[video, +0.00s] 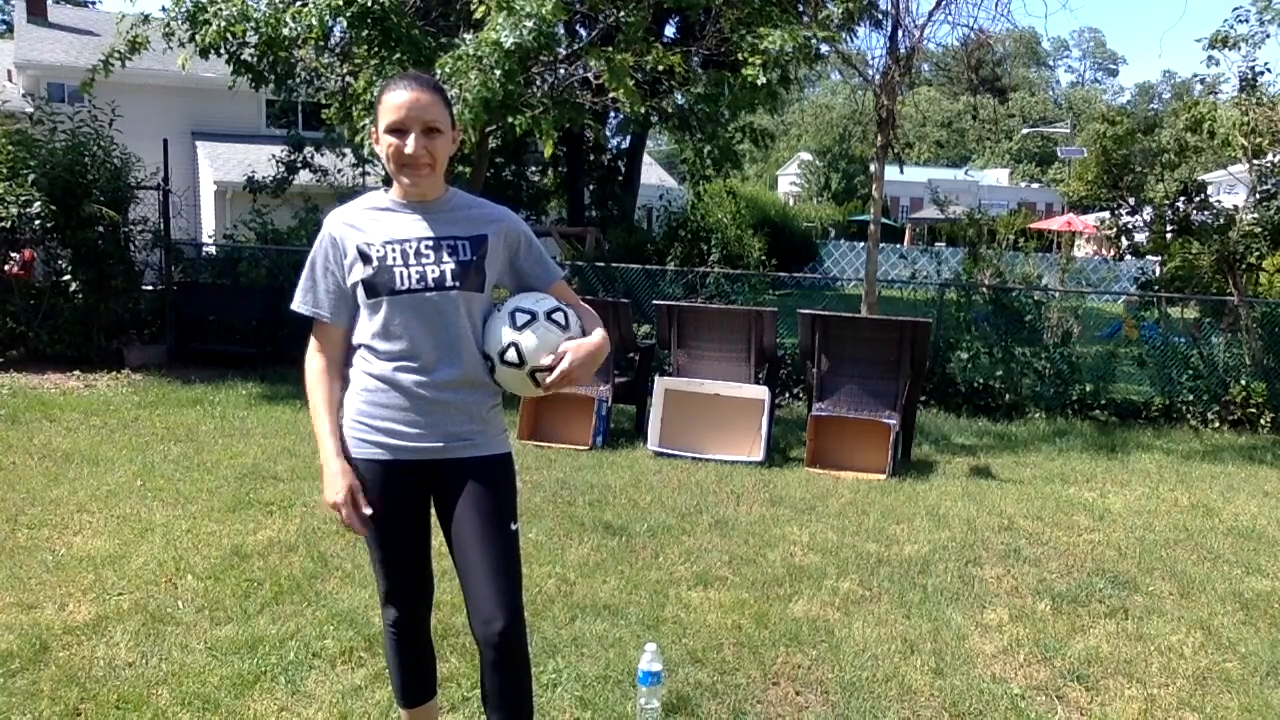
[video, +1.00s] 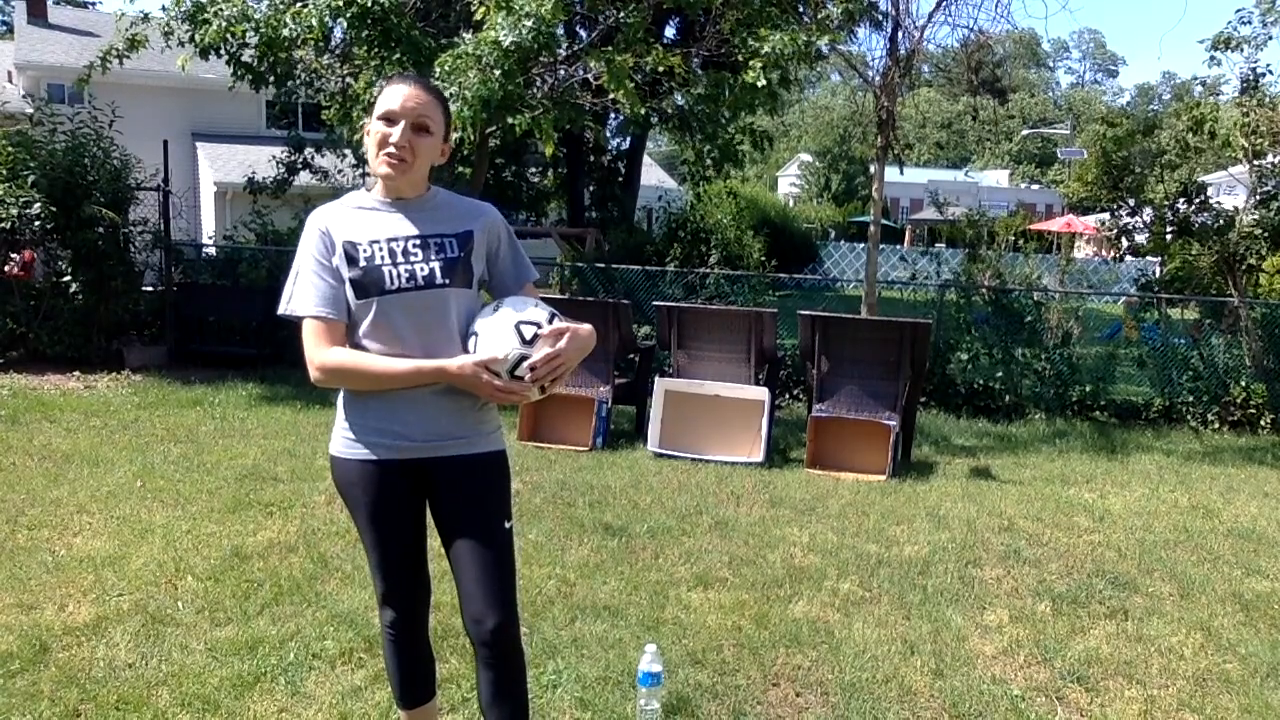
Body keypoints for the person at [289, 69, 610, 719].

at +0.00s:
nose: (413, 146)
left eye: (429, 130)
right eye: (397, 131)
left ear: (455, 138)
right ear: (377, 140)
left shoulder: (499, 227)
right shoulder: (346, 228)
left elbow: (570, 308)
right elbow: (323, 352)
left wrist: (597, 341)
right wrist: (331, 458)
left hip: (475, 447)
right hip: (380, 448)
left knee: (500, 625)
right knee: (403, 612)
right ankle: (420, 715)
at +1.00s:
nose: (397, 134)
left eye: (418, 127)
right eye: (387, 119)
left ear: (443, 150)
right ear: (367, 132)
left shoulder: (482, 222)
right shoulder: (330, 227)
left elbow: (530, 321)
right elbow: (322, 361)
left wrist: (583, 336)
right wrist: (447, 371)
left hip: (469, 450)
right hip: (373, 455)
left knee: (494, 625)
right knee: (402, 616)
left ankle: (506, 717)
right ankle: (419, 714)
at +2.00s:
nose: (424, 135)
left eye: (440, 123)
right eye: (407, 123)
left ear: (461, 138)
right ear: (384, 140)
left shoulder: (501, 227)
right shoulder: (352, 225)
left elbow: (545, 328)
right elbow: (333, 361)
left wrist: (599, 349)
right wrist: (461, 376)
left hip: (477, 450)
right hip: (381, 452)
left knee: (503, 624)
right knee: (405, 612)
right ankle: (421, 714)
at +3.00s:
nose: (423, 151)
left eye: (438, 136)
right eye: (407, 136)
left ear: (461, 143)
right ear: (384, 144)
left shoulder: (499, 230)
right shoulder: (351, 228)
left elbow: (522, 351)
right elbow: (327, 361)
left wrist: (573, 394)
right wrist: (447, 377)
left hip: (474, 451)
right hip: (380, 452)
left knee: (500, 625)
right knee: (404, 613)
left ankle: (509, 719)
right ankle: (421, 714)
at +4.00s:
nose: (425, 152)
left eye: (439, 136)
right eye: (407, 140)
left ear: (464, 143)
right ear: (388, 153)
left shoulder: (501, 228)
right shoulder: (355, 220)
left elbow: (531, 358)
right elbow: (309, 355)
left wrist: (473, 321)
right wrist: (325, 326)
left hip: (468, 440)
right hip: (374, 438)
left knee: (495, 619)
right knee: (401, 607)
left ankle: (508, 718)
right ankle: (419, 715)